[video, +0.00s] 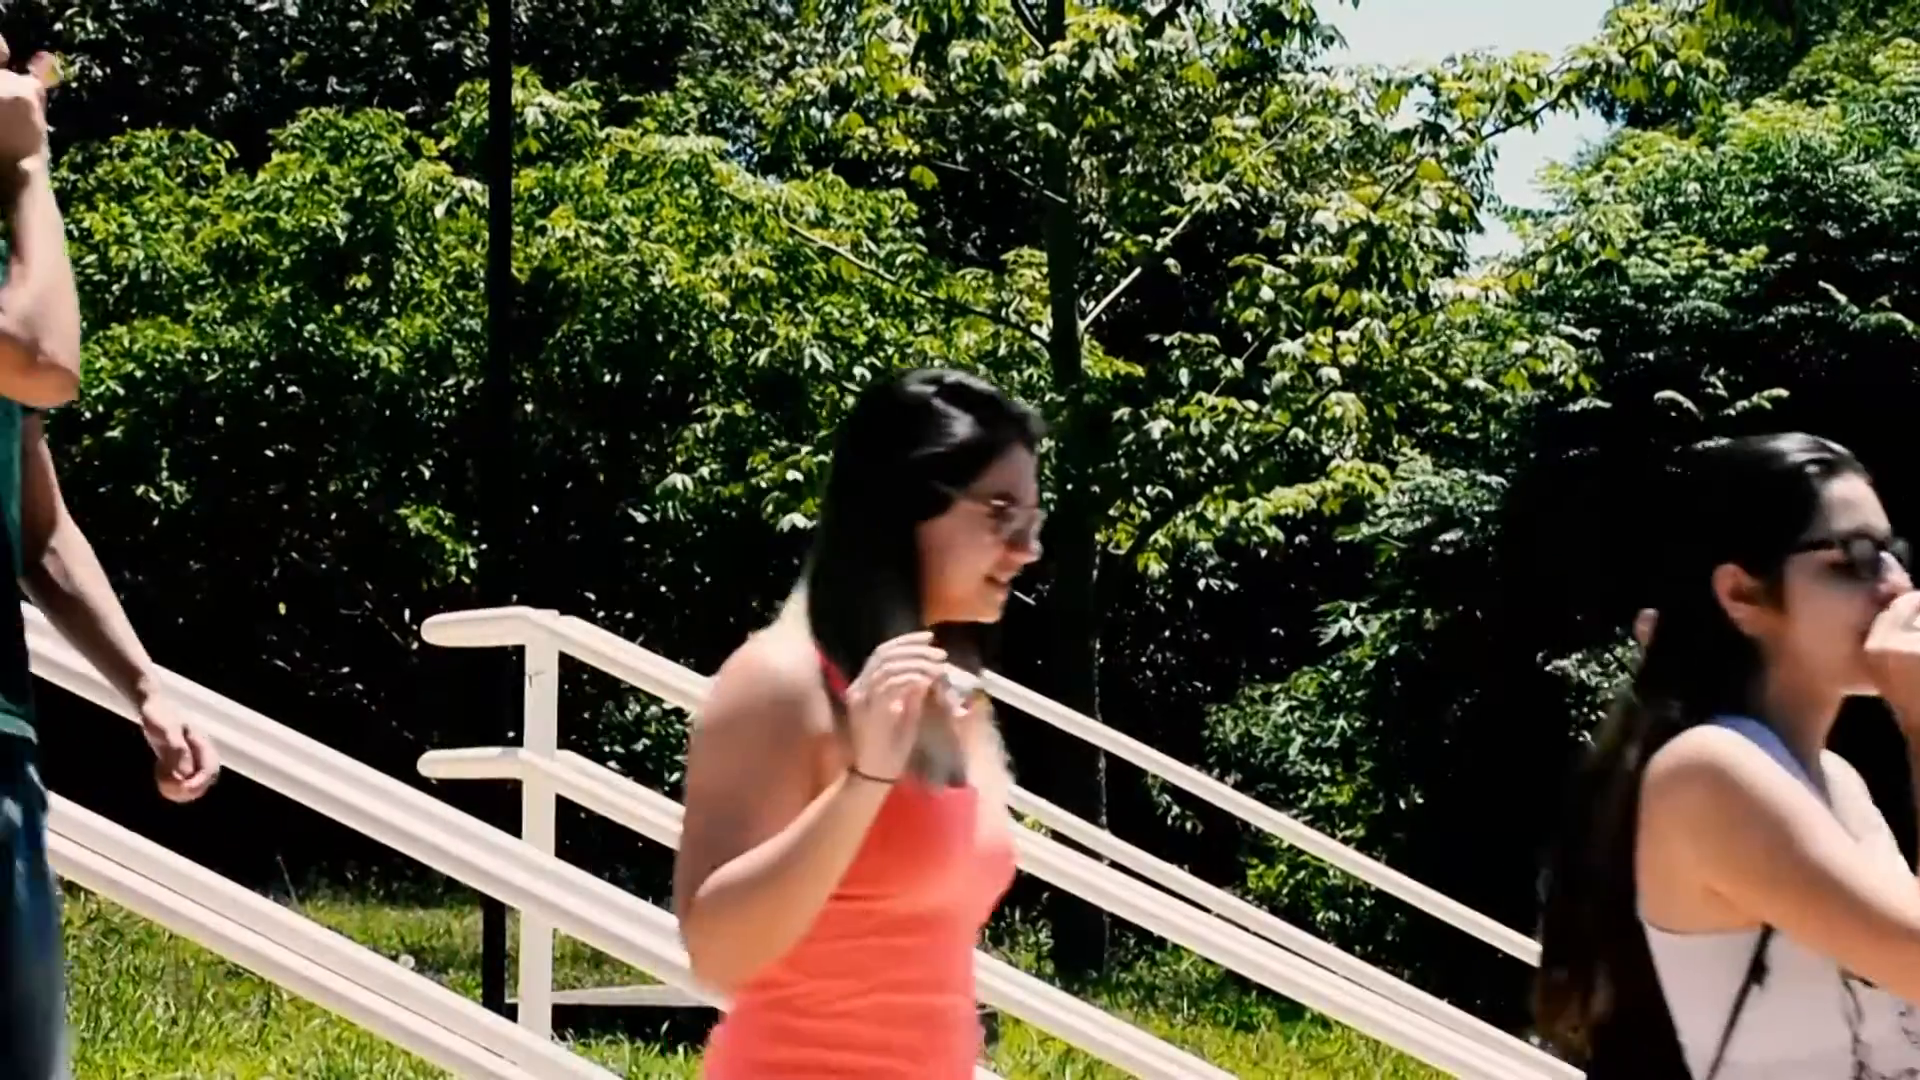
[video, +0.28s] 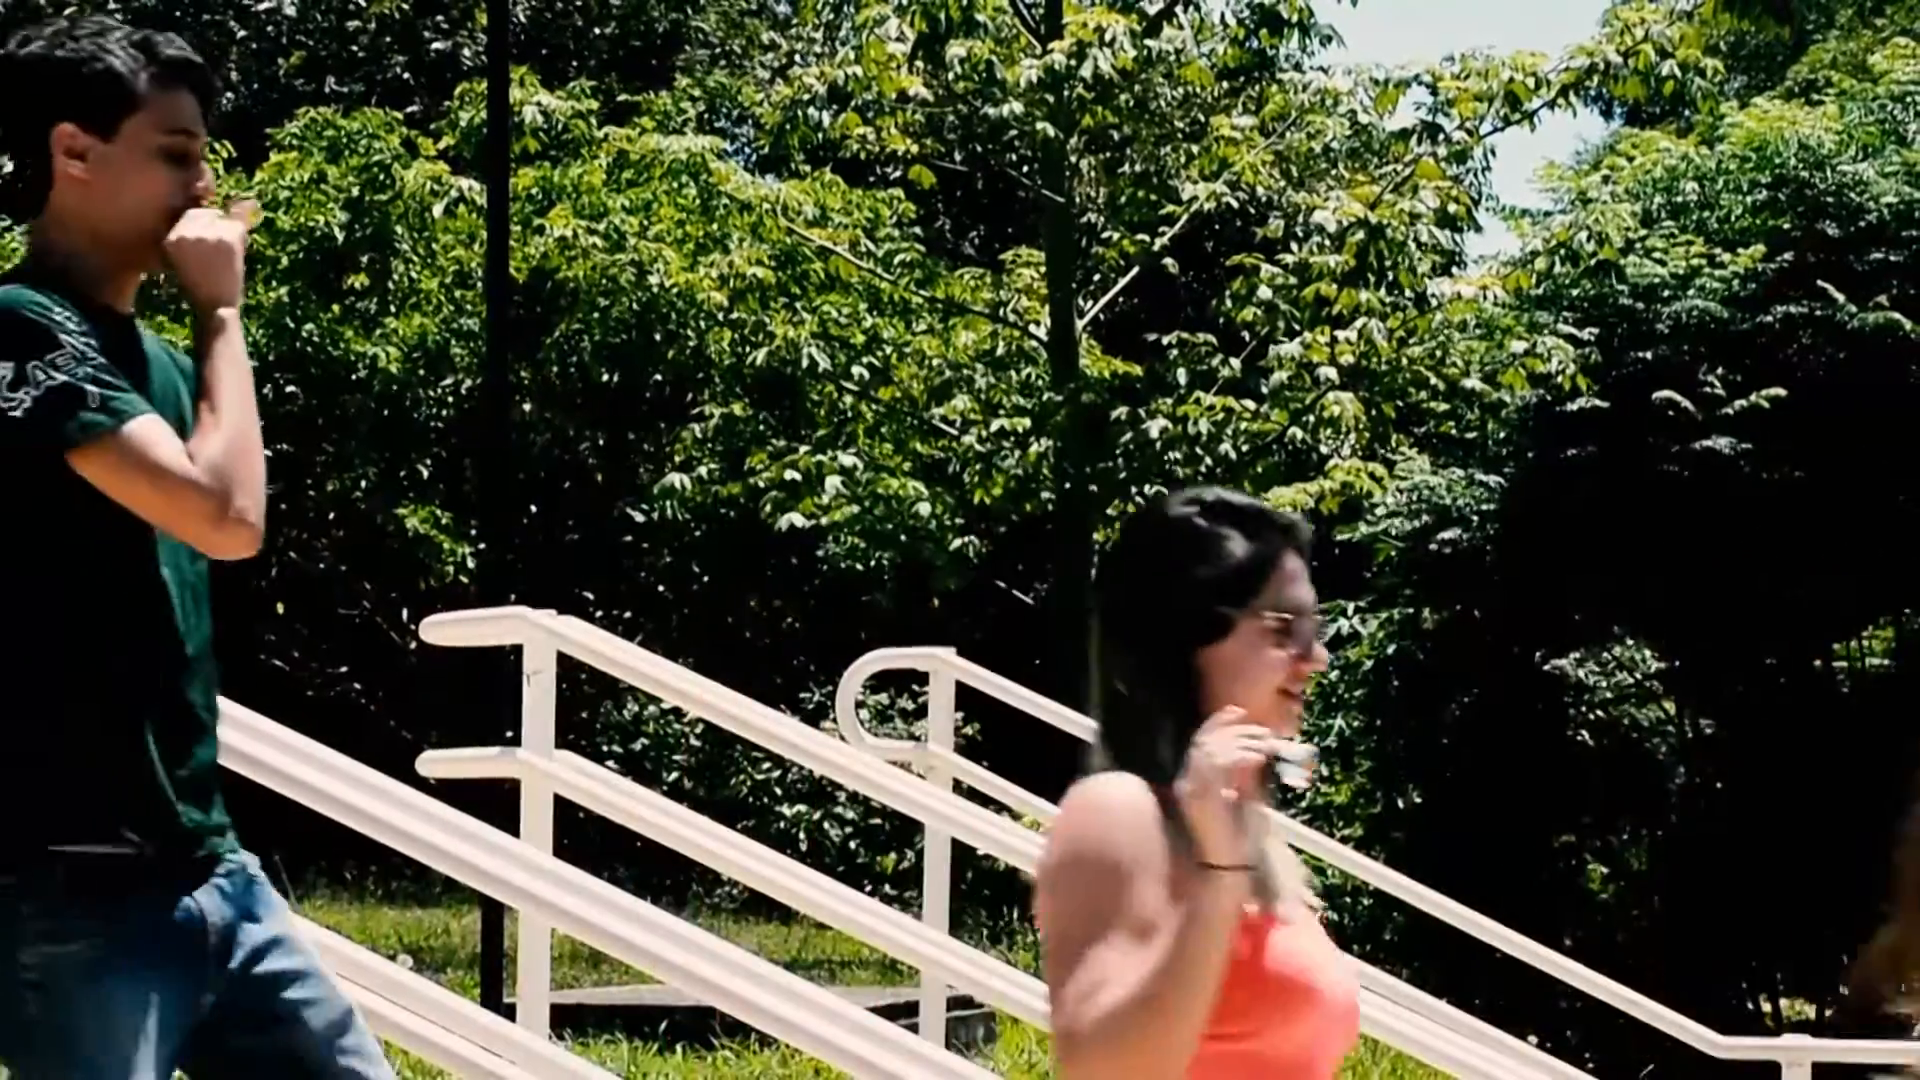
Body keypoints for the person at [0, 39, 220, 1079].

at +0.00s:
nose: (18, 83)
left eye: (17, 70)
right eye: (8, 70)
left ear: (15, 99)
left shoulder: (11, 301)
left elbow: (45, 533)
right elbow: (49, 358)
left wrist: (142, 683)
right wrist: (30, 163)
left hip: (4, 752)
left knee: (34, 1050)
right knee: (26, 1048)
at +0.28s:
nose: (201, 187)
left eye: (201, 157)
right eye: (175, 153)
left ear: (89, 157)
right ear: (75, 153)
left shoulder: (172, 364)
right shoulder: (20, 333)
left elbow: (157, 610)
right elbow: (226, 516)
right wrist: (224, 310)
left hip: (212, 869)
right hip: (73, 893)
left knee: (356, 1071)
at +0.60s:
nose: (444, 271)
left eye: (437, 243)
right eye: (410, 243)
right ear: (310, 257)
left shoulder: (435, 473)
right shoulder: (272, 432)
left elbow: (479, 761)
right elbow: (490, 597)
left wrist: (529, 995)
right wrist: (471, 391)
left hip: (463, 970)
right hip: (356, 975)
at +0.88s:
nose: (703, 309)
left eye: (691, 280)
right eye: (665, 283)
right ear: (569, 306)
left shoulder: (684, 512)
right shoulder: (527, 485)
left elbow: (742, 791)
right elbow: (747, 657)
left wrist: (864, 935)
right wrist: (727, 449)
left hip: (691, 1011)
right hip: (574, 1021)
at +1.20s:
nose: (1027, 429)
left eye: (1012, 403)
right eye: (986, 411)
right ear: (894, 447)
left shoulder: (1015, 655)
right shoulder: (862, 633)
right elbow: (1035, 877)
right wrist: (1070, 657)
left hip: (1015, 1052)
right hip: (886, 1054)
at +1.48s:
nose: (1356, 535)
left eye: (1343, 505)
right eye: (1315, 512)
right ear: (1215, 541)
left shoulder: (1341, 757)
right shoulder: (1191, 732)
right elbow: (1422, 938)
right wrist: (1407, 714)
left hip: (1380, 1061)